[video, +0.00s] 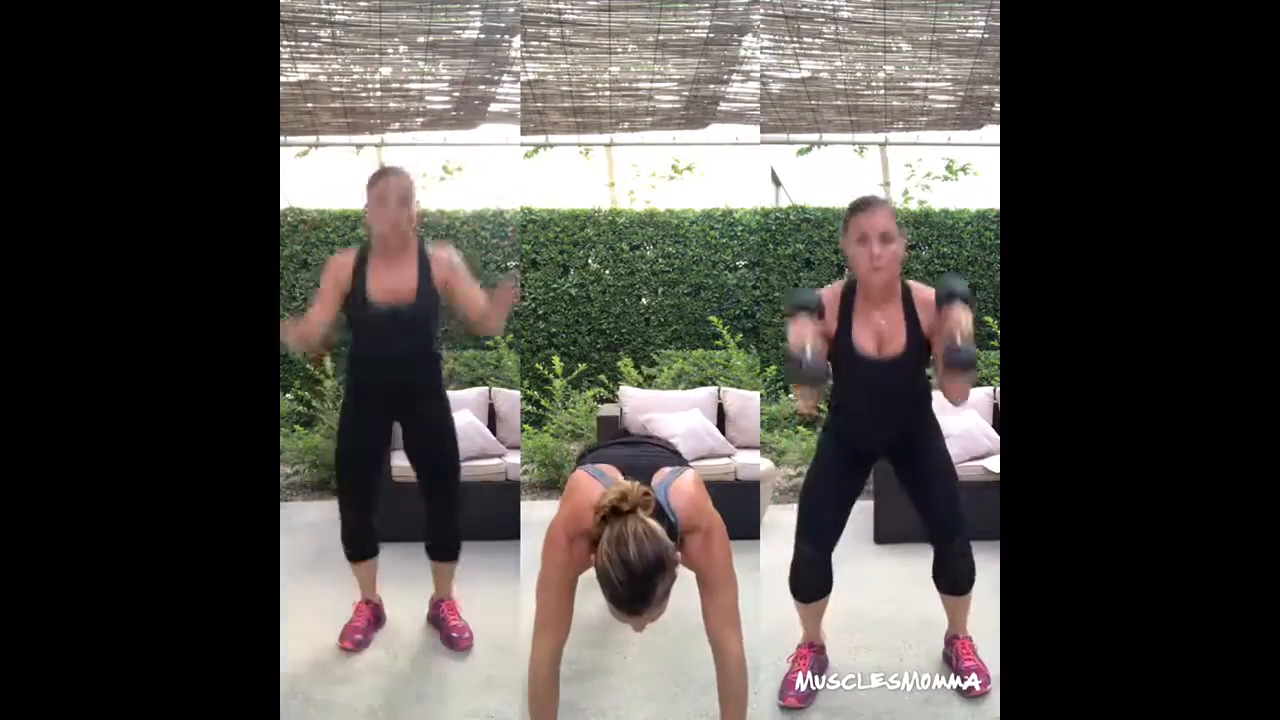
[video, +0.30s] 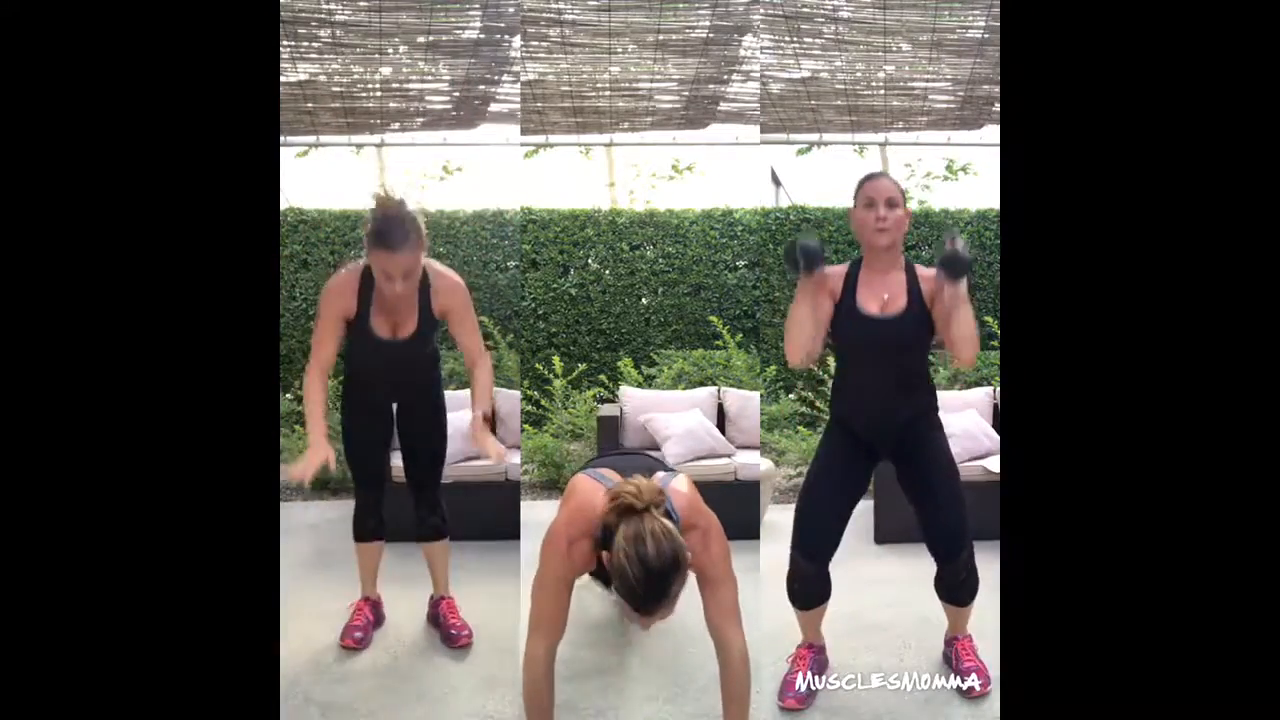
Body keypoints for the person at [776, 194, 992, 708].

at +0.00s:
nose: (877, 251)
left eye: (886, 239)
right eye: (863, 241)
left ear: (902, 246)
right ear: (846, 251)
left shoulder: (929, 303)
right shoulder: (825, 305)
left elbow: (958, 391)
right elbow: (807, 396)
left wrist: (957, 336)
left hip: (914, 432)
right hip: (846, 434)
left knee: (953, 538)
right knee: (809, 548)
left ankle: (958, 641)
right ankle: (811, 649)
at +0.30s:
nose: (882, 214)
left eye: (891, 205)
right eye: (869, 205)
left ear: (907, 217)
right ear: (852, 219)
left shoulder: (932, 281)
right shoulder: (830, 280)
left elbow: (964, 354)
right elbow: (798, 355)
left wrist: (957, 287)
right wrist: (805, 284)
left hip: (917, 429)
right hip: (848, 429)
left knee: (956, 550)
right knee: (806, 554)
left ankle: (959, 642)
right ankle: (811, 650)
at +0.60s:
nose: (895, 159)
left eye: (904, 152)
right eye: (885, 152)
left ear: (917, 166)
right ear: (868, 166)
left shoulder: (939, 224)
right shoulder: (845, 220)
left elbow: (989, 152)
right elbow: (786, 149)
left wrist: (961, 79)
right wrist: (812, 82)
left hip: (926, 384)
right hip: (857, 384)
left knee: (954, 518)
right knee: (837, 521)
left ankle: (972, 634)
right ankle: (834, 639)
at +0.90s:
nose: (895, 169)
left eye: (904, 162)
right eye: (886, 162)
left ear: (919, 177)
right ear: (868, 177)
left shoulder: (936, 229)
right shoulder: (849, 228)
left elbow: (953, 148)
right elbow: (823, 140)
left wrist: (952, 68)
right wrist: (824, 58)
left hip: (929, 398)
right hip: (859, 398)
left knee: (952, 530)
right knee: (835, 531)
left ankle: (967, 638)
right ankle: (835, 641)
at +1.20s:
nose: (895, 165)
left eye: (905, 156)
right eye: (884, 156)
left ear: (919, 166)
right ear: (867, 166)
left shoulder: (938, 224)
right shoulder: (844, 222)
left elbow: (997, 181)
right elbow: (773, 178)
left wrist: (977, 117)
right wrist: (798, 118)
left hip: (928, 387)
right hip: (858, 387)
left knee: (950, 518)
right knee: (849, 519)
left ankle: (968, 633)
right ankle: (836, 639)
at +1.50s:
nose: (898, 176)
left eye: (908, 167)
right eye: (887, 167)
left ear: (920, 177)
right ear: (871, 176)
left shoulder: (941, 241)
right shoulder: (847, 241)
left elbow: (976, 311)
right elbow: (813, 310)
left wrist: (969, 244)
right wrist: (820, 243)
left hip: (932, 395)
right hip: (861, 396)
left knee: (956, 526)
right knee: (845, 532)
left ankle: (969, 636)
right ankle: (837, 640)